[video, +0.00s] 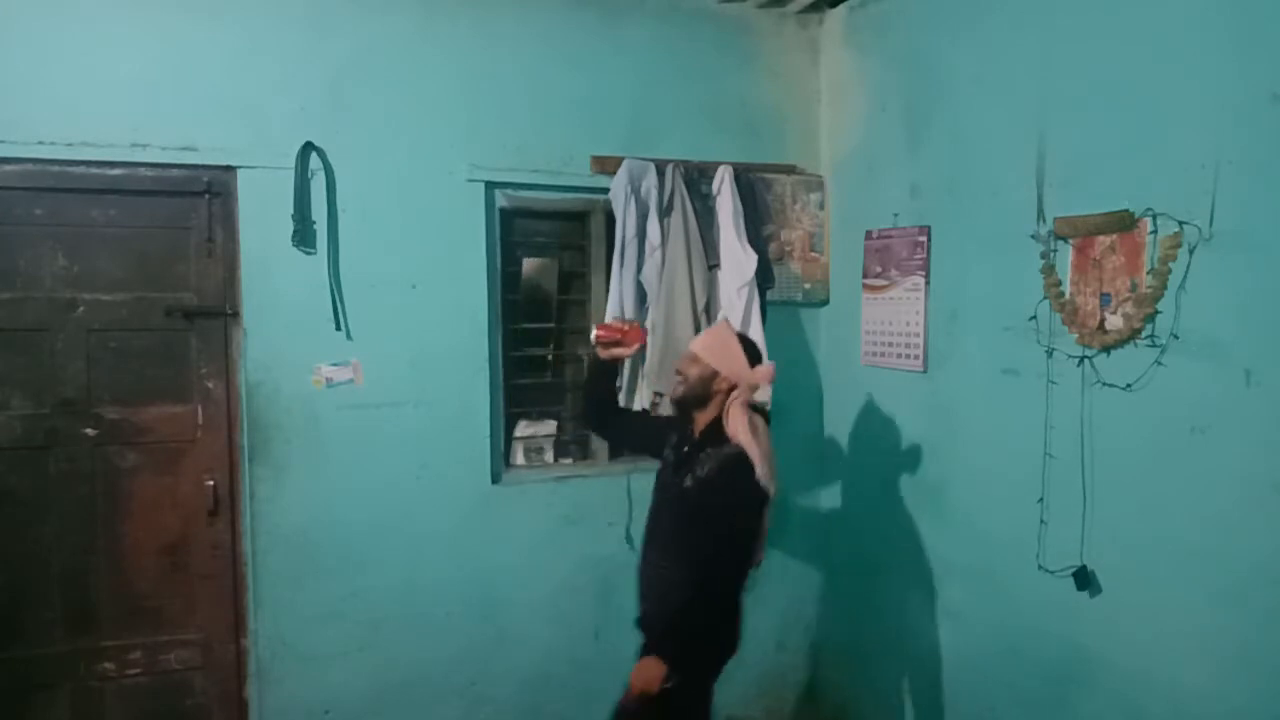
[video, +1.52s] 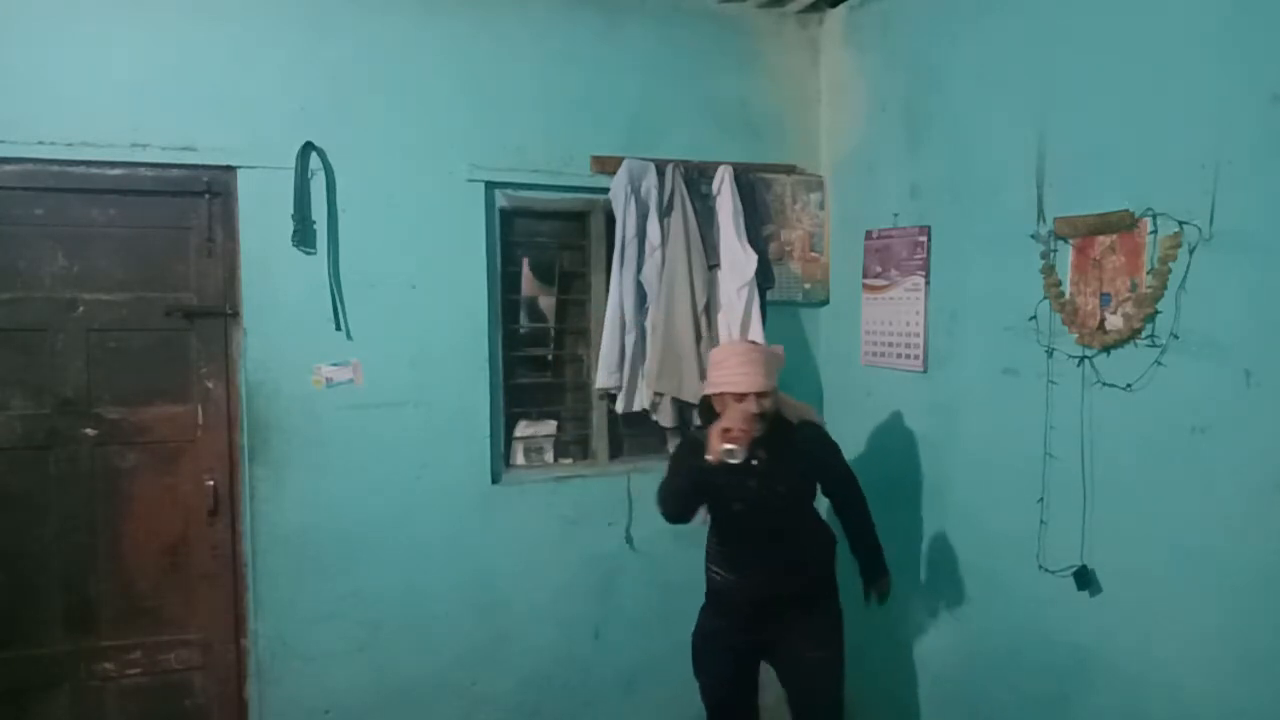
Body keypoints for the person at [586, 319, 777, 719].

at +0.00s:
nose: (679, 365)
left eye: (694, 360)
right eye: (686, 356)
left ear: (725, 382)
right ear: (720, 382)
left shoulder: (738, 463)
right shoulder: (680, 434)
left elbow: (718, 577)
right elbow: (602, 417)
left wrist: (664, 653)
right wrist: (605, 363)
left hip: (697, 636)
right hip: (663, 627)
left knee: (634, 710)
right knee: (683, 713)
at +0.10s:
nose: (679, 354)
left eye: (695, 350)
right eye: (687, 344)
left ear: (725, 373)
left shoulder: (747, 451)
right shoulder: (685, 426)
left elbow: (741, 565)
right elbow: (610, 416)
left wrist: (696, 655)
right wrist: (610, 357)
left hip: (723, 625)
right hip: (689, 615)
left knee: (657, 711)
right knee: (701, 713)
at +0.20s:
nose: (681, 352)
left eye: (697, 346)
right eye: (688, 342)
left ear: (725, 369)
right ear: (719, 370)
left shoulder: (751, 440)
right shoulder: (689, 425)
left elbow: (758, 558)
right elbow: (615, 422)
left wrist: (739, 667)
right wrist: (611, 364)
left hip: (732, 626)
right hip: (701, 618)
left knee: (676, 711)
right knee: (705, 710)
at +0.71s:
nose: (711, 360)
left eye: (725, 353)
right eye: (716, 350)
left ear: (756, 371)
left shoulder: (791, 462)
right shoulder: (699, 431)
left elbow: (804, 572)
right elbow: (628, 416)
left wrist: (787, 666)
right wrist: (647, 350)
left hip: (751, 637)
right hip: (690, 627)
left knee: (733, 712)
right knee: (685, 711)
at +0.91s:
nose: (697, 371)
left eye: (710, 360)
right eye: (693, 360)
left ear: (744, 370)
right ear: (687, 366)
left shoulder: (792, 448)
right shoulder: (689, 432)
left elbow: (833, 546)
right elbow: (618, 429)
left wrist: (846, 640)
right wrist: (640, 363)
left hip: (769, 627)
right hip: (699, 623)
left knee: (762, 710)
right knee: (698, 711)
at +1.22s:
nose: (721, 395)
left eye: (732, 383)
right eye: (709, 384)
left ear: (749, 382)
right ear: (690, 385)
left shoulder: (788, 436)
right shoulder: (687, 436)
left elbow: (841, 512)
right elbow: (644, 480)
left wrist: (877, 597)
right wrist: (669, 416)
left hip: (783, 612)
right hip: (710, 610)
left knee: (768, 707)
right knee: (699, 706)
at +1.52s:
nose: (754, 408)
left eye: (762, 396)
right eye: (740, 398)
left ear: (774, 393)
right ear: (716, 399)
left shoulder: (806, 439)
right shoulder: (697, 446)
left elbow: (849, 501)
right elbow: (674, 510)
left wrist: (874, 568)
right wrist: (710, 459)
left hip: (806, 601)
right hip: (731, 602)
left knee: (820, 709)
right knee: (727, 710)